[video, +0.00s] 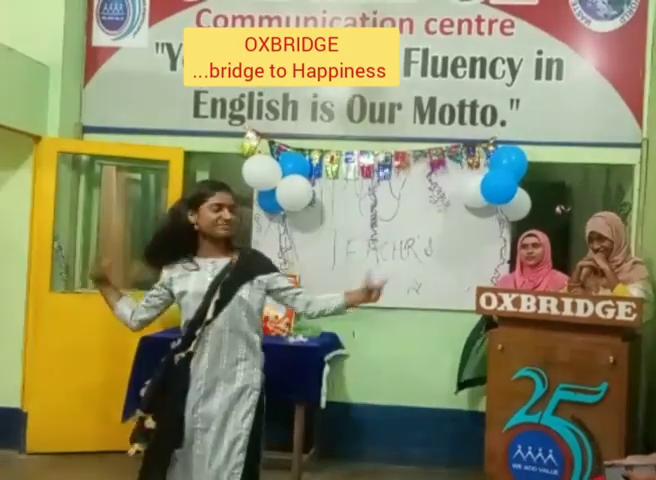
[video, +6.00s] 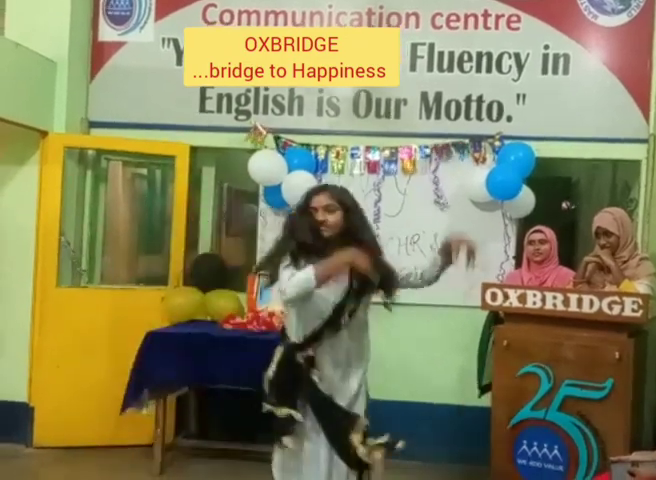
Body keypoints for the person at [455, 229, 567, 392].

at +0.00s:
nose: (529, 251)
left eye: (535, 246)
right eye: (524, 247)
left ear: (546, 250)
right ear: (518, 252)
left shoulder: (561, 282)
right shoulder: (506, 282)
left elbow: (566, 318)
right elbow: (494, 316)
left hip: (548, 346)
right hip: (511, 345)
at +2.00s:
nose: (530, 251)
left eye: (536, 246)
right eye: (525, 247)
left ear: (546, 250)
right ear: (519, 252)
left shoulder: (561, 281)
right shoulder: (506, 282)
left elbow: (565, 319)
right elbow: (493, 320)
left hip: (548, 349)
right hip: (512, 349)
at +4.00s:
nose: (531, 251)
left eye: (537, 246)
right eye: (526, 247)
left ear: (546, 251)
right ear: (520, 252)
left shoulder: (561, 281)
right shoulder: (507, 282)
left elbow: (566, 319)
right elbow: (496, 320)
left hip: (550, 352)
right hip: (513, 350)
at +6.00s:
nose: (537, 247)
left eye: (542, 243)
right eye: (531, 243)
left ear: (552, 247)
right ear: (525, 248)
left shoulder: (567, 277)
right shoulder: (513, 277)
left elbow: (570, 313)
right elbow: (503, 312)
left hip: (554, 344)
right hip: (518, 344)